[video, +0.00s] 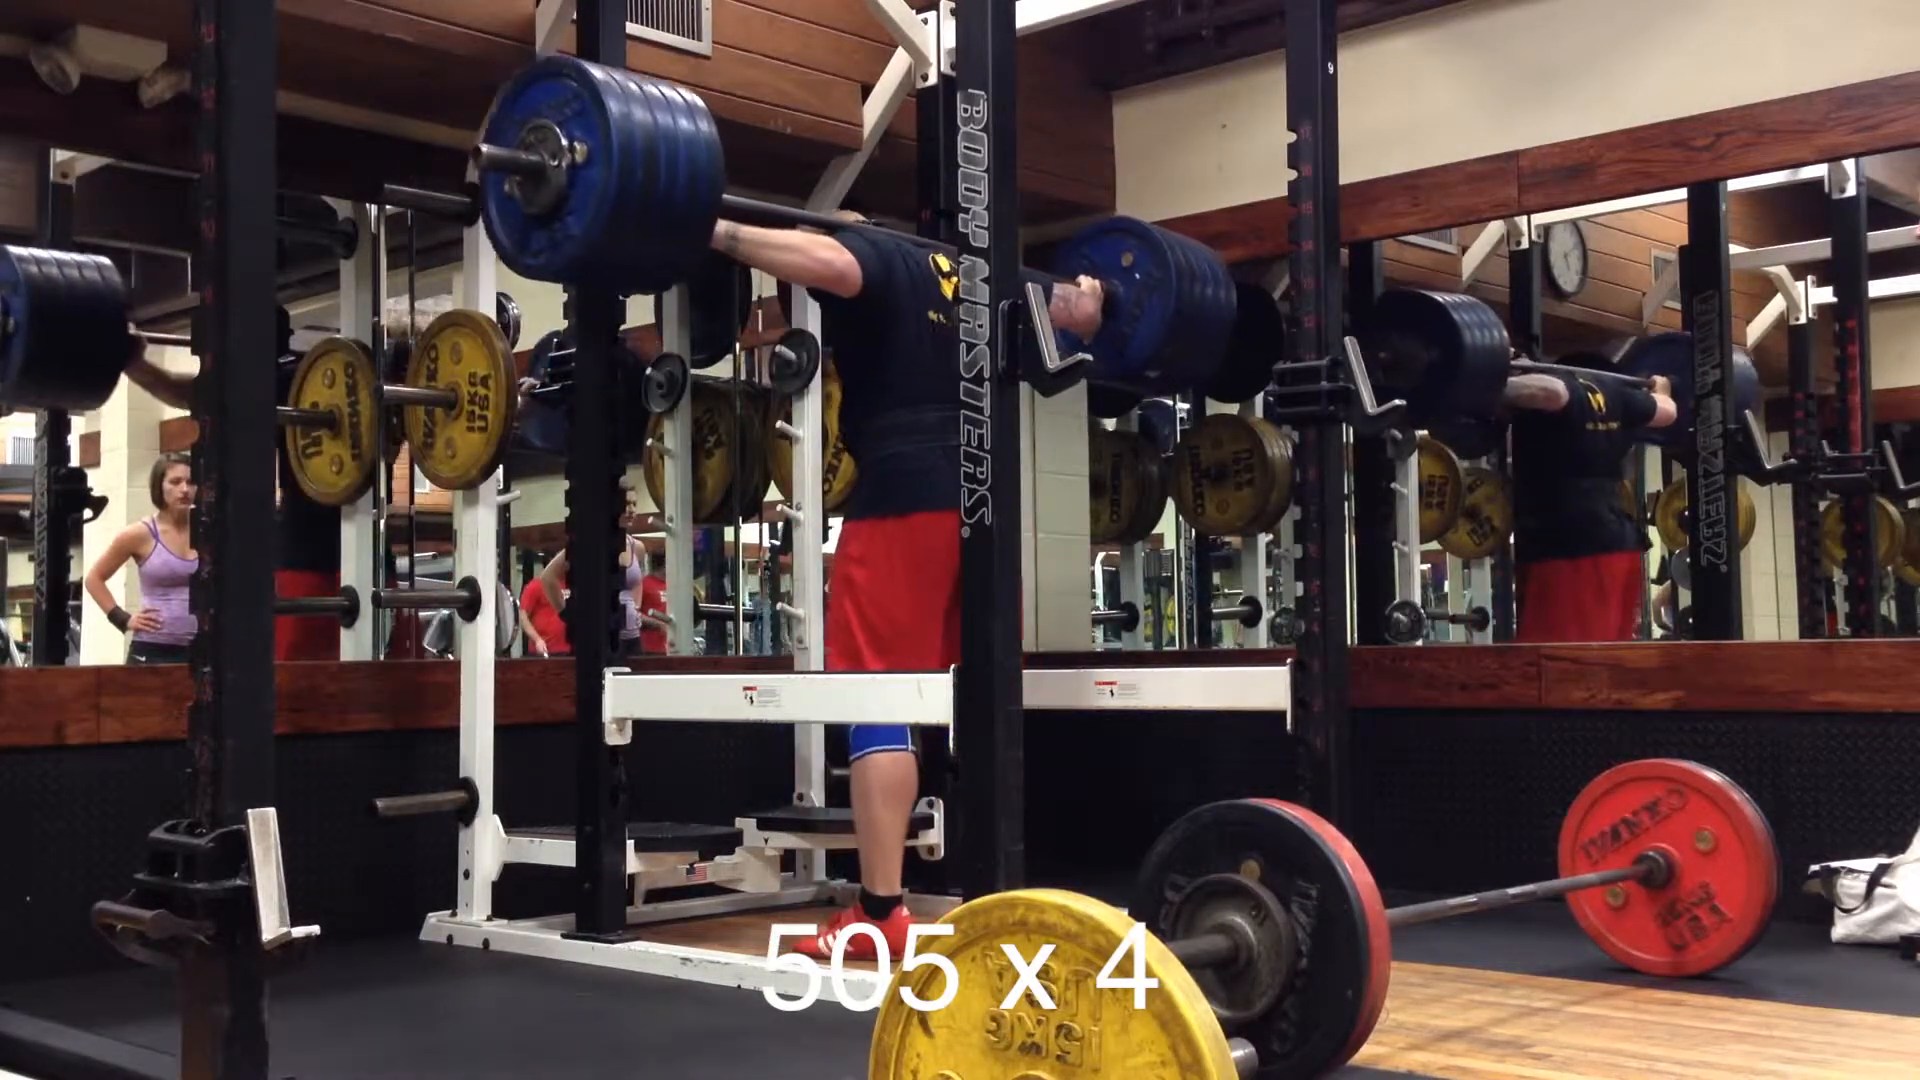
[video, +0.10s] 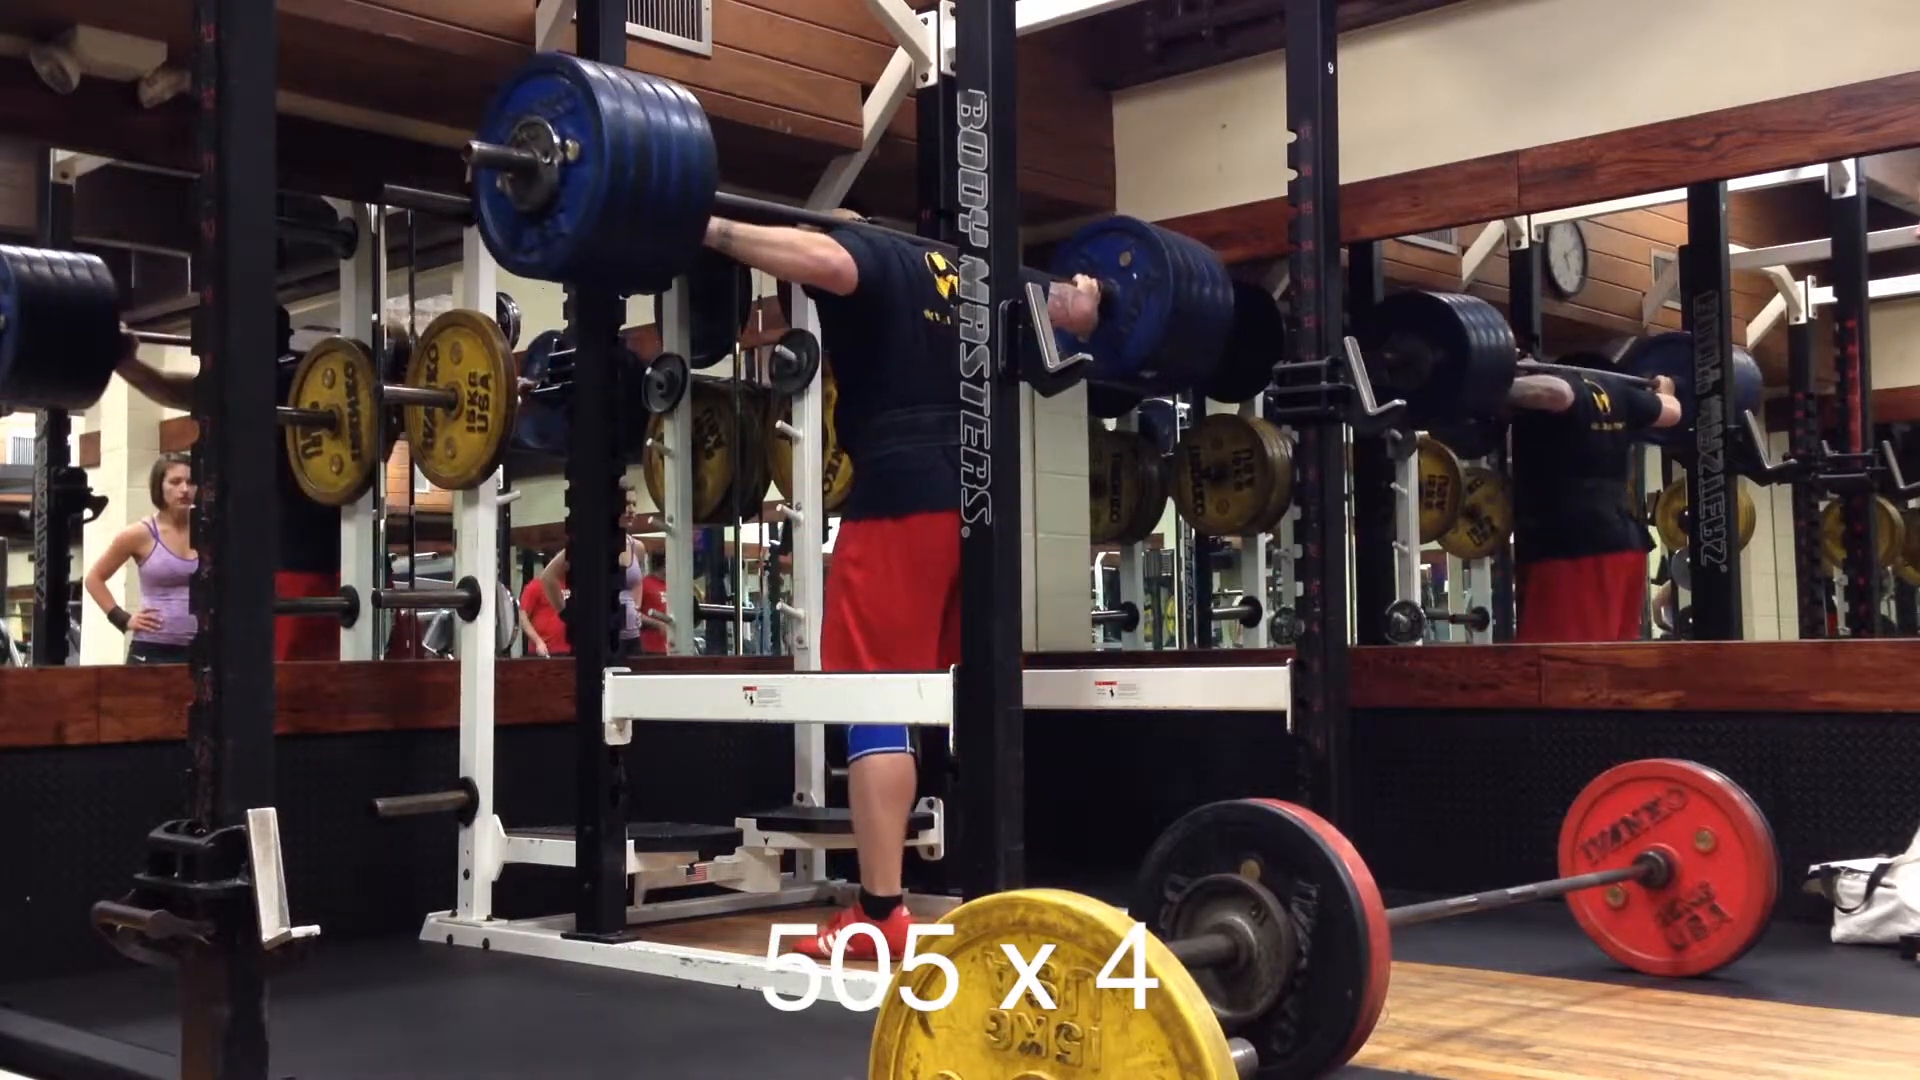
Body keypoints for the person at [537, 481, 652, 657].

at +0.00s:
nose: (630, 510)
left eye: (633, 505)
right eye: (624, 504)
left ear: (637, 508)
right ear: (610, 508)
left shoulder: (636, 546)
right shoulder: (589, 544)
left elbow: (637, 581)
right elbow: (548, 577)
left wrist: (636, 608)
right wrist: (564, 611)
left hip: (629, 631)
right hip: (596, 632)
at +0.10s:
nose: (630, 510)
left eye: (633, 504)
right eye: (624, 504)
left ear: (637, 508)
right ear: (610, 507)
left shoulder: (636, 547)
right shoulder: (589, 544)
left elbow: (637, 581)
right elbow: (548, 577)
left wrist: (636, 609)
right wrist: (564, 611)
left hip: (630, 632)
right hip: (596, 633)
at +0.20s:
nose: (630, 510)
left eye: (633, 504)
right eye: (624, 504)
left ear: (636, 506)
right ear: (610, 507)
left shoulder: (636, 546)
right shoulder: (588, 543)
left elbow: (637, 581)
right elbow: (548, 576)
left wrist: (635, 608)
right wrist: (566, 612)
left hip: (629, 631)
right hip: (595, 631)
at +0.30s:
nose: (630, 510)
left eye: (633, 505)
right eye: (624, 504)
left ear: (636, 506)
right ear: (610, 507)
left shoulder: (636, 546)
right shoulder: (589, 542)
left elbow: (638, 580)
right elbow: (548, 575)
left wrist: (635, 607)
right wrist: (564, 611)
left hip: (630, 631)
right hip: (596, 631)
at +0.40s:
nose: (630, 510)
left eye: (632, 505)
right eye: (624, 504)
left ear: (636, 506)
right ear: (609, 507)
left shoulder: (636, 546)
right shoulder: (588, 543)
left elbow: (638, 580)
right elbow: (548, 576)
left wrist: (636, 607)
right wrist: (565, 611)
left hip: (630, 631)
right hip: (595, 631)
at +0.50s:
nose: (629, 510)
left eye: (632, 505)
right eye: (624, 504)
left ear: (636, 508)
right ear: (609, 507)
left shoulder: (636, 546)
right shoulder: (588, 543)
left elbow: (638, 580)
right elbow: (548, 576)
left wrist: (636, 608)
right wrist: (564, 609)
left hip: (629, 630)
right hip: (595, 630)